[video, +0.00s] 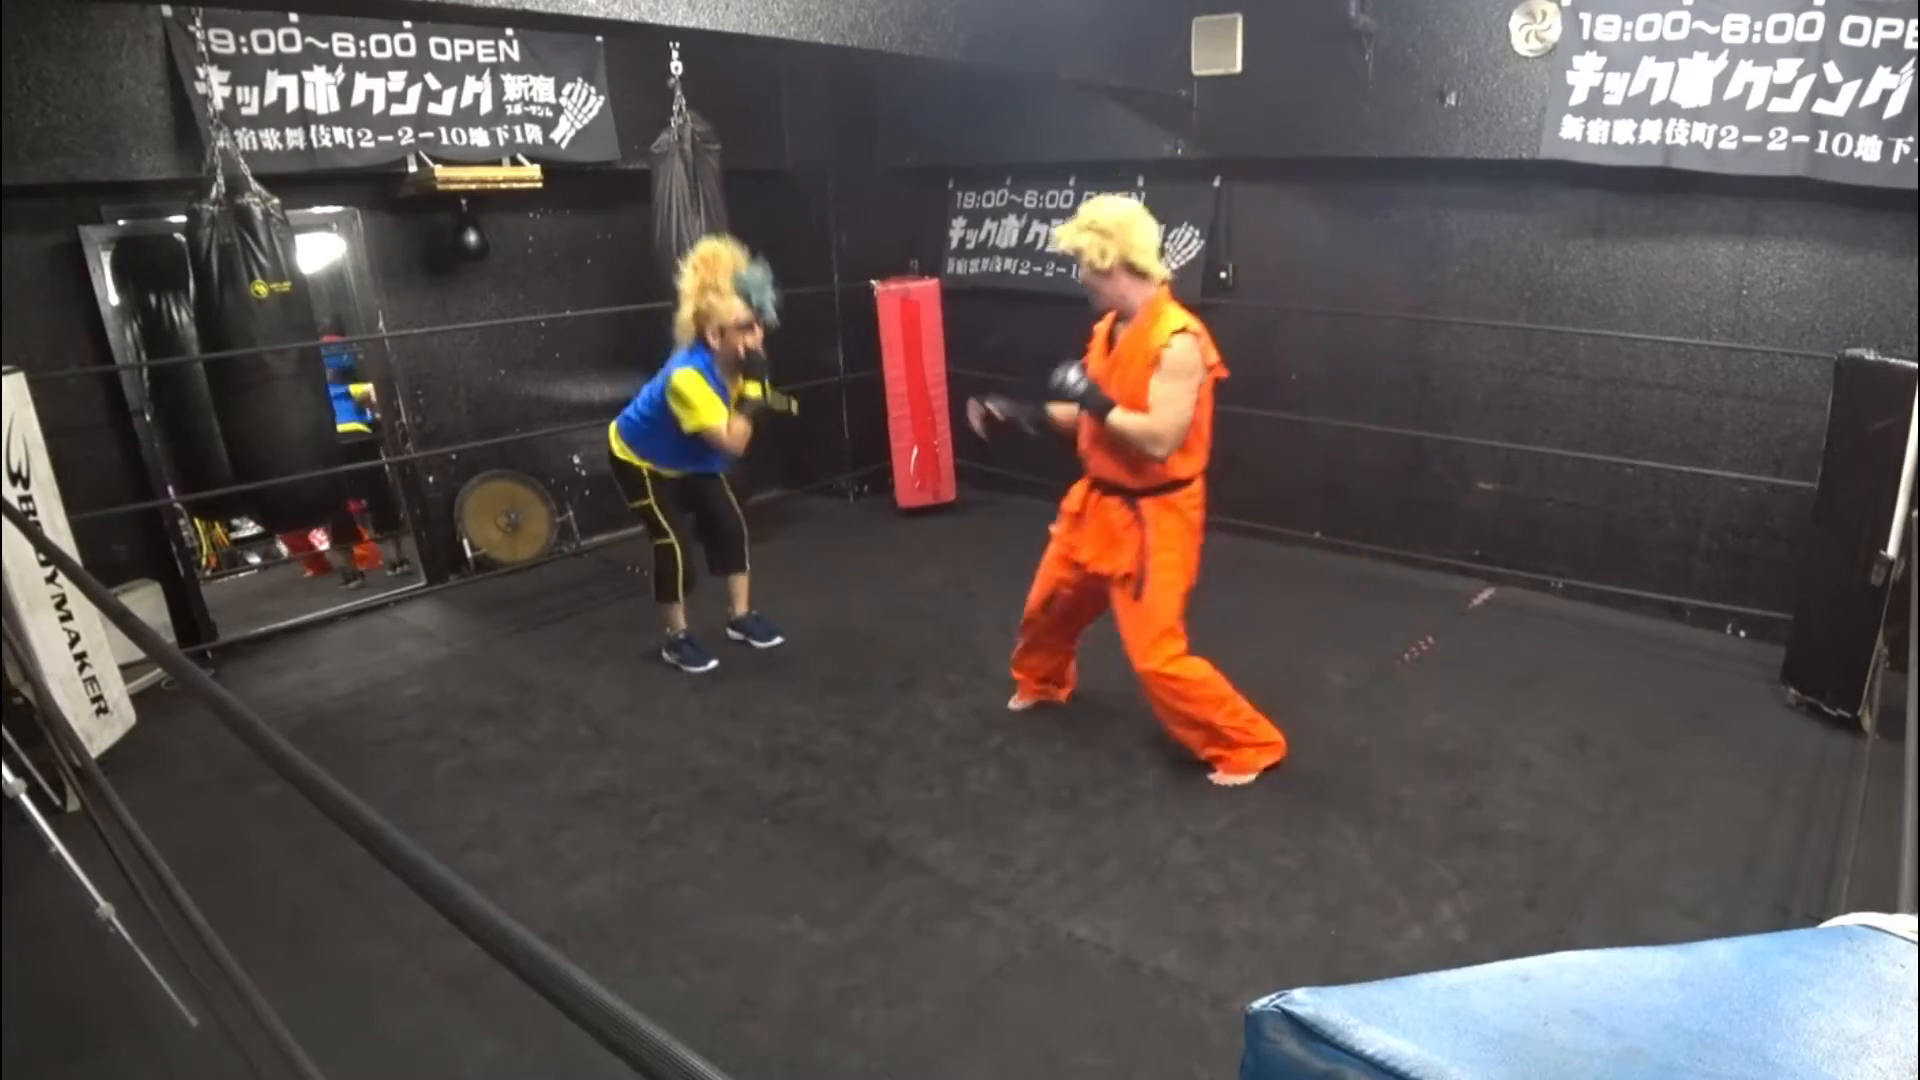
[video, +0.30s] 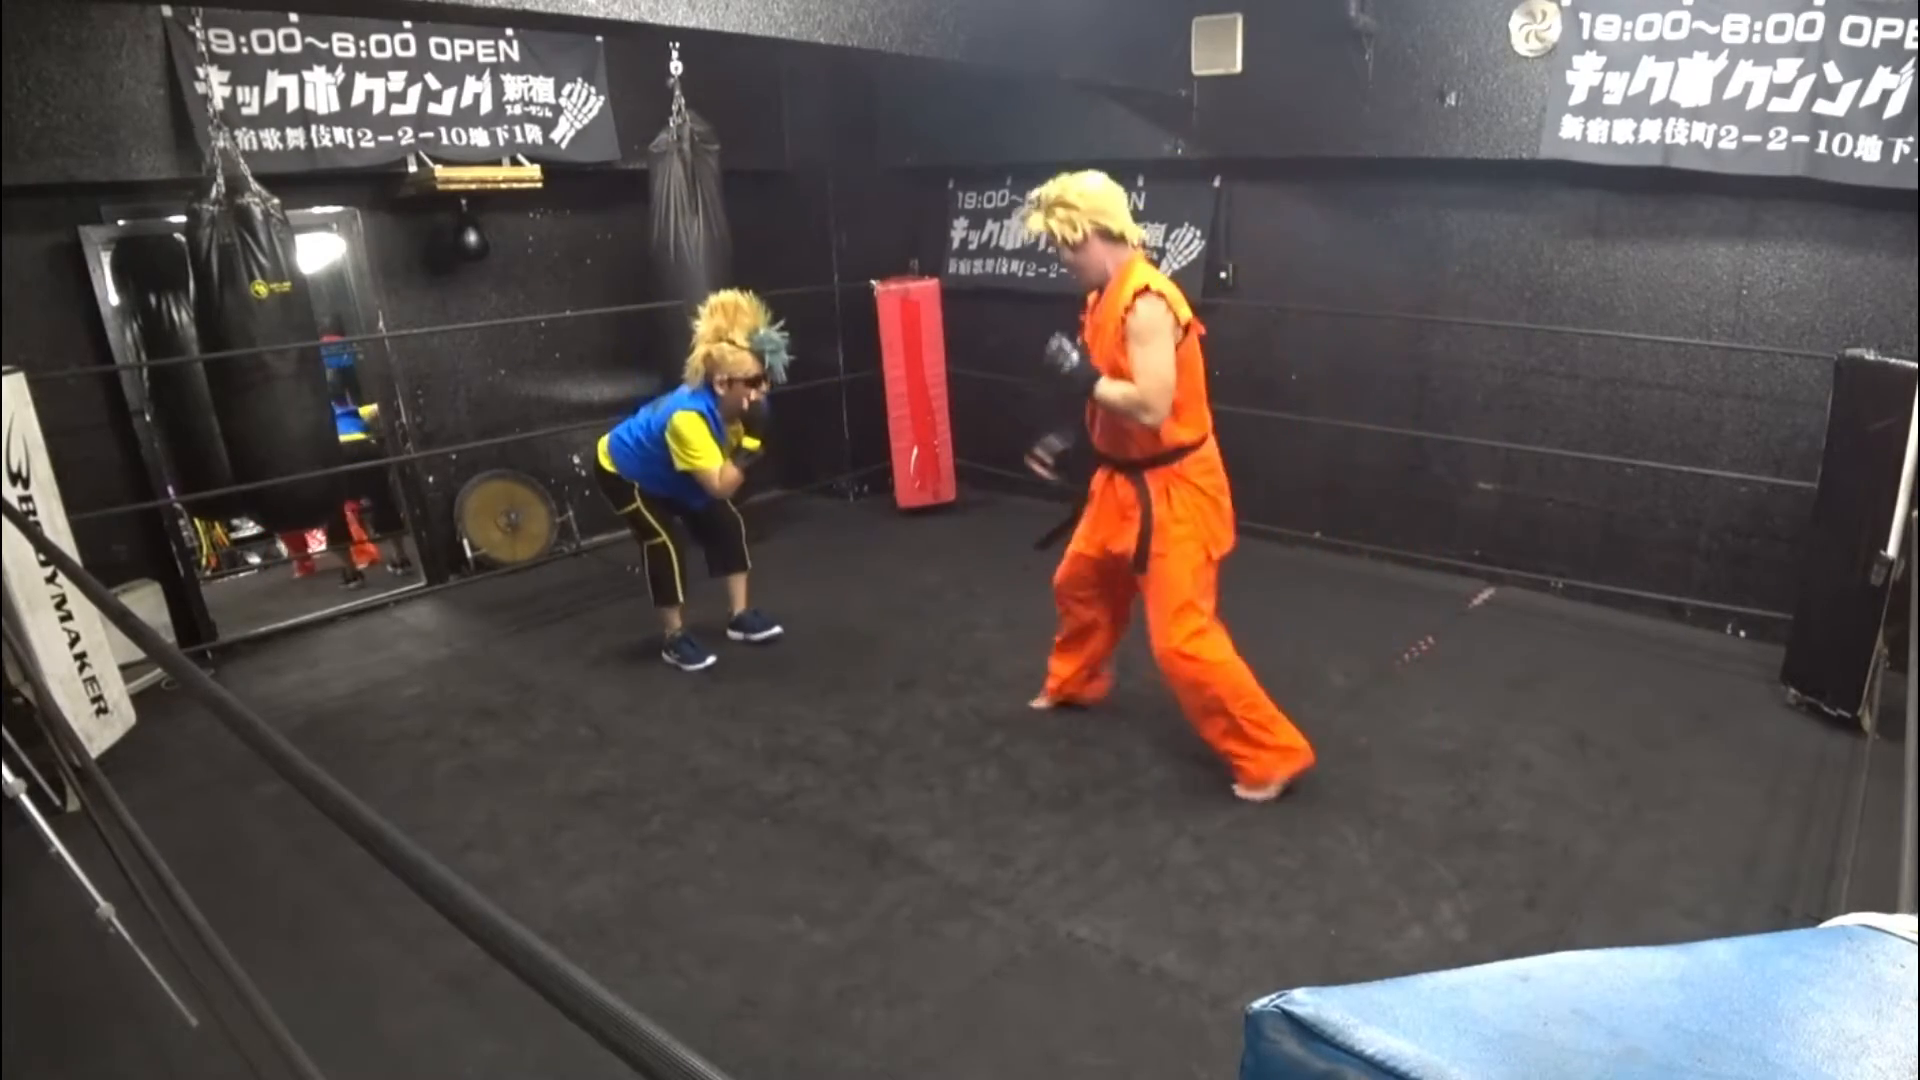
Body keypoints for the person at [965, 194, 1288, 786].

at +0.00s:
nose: (1082, 282)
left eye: (1087, 269)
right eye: (1081, 270)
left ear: (1115, 264)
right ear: (1121, 265)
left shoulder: (1180, 340)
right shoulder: (1107, 331)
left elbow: (1162, 437)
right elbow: (1088, 418)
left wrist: (1094, 400)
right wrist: (1022, 413)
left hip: (1158, 511)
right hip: (1097, 499)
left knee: (1155, 657)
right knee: (1047, 605)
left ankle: (1250, 746)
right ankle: (1041, 685)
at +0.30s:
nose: (1063, 262)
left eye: (1065, 247)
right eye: (1059, 250)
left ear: (1095, 234)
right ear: (1094, 234)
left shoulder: (1147, 302)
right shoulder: (1105, 302)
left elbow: (1153, 404)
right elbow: (1113, 398)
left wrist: (1084, 376)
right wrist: (1071, 441)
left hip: (1177, 484)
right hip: (1124, 478)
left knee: (1181, 638)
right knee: (1079, 580)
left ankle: (1274, 755)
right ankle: (1076, 683)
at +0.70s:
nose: (1036, 243)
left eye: (1039, 229)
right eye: (1036, 230)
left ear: (1061, 222)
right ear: (1097, 216)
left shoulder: (1052, 292)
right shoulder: (1153, 276)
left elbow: (1015, 385)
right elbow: (1185, 363)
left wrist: (985, 340)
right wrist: (1118, 340)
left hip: (1112, 469)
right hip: (1166, 458)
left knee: (1143, 604)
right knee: (1108, 587)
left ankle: (1245, 732)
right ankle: (1109, 704)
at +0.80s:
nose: (1028, 234)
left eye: (1031, 221)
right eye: (1026, 222)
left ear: (1053, 216)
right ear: (1093, 213)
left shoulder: (1033, 276)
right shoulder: (1151, 275)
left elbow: (994, 373)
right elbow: (1165, 359)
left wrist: (971, 345)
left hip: (1077, 457)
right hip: (1147, 449)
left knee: (1062, 582)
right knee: (1137, 574)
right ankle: (1112, 697)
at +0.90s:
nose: (1020, 232)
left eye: (1023, 220)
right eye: (1019, 220)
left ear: (1044, 219)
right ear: (1086, 217)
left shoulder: (1015, 277)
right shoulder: (1138, 281)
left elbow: (982, 373)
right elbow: (1148, 374)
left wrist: (959, 352)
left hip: (1038, 459)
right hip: (1118, 455)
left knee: (1000, 583)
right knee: (1111, 592)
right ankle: (1116, 713)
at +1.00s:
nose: (1001, 233)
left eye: (1006, 222)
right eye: (1003, 221)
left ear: (1027, 223)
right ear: (1065, 223)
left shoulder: (990, 281)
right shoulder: (1114, 285)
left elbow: (947, 368)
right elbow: (1146, 379)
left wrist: (931, 339)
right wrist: (1088, 349)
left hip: (999, 459)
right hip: (1077, 459)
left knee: (948, 580)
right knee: (1079, 590)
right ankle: (1113, 711)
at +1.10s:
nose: (970, 246)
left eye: (974, 236)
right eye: (970, 236)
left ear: (994, 238)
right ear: (1038, 237)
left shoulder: (959, 292)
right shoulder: (1078, 297)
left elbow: (875, 334)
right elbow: (1130, 381)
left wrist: (883, 310)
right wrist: (1117, 411)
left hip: (961, 472)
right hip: (1038, 474)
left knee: (895, 580)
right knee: (1061, 598)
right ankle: (1111, 712)